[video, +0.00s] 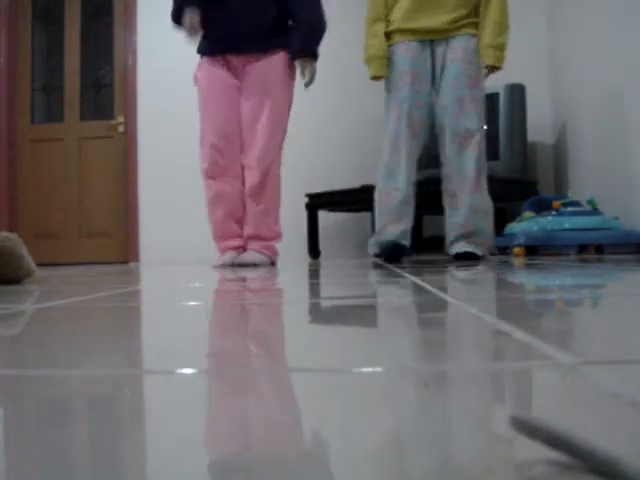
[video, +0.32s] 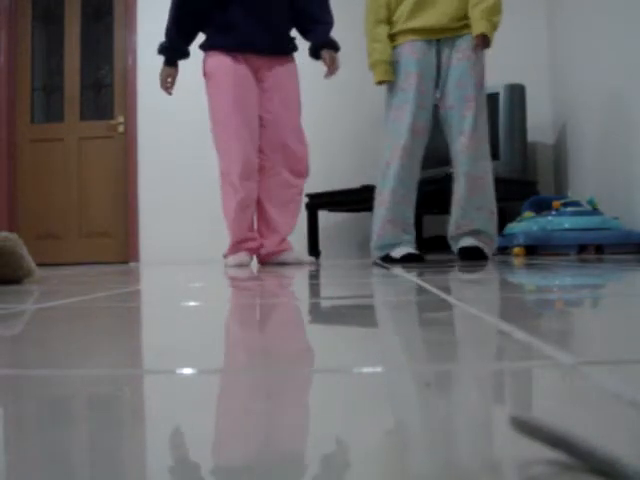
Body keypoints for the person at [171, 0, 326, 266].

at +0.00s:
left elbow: (307, 4)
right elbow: (180, 8)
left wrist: (306, 46)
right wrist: (186, 10)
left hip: (270, 55)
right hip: (216, 56)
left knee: (261, 156)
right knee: (218, 155)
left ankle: (260, 246)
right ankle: (229, 246)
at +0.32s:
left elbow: (307, 1)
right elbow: (187, 5)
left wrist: (322, 39)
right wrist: (172, 55)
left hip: (278, 56)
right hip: (226, 56)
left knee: (285, 153)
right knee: (238, 155)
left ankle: (274, 246)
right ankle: (241, 248)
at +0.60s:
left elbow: (309, 0)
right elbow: (189, 3)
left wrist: (312, 45)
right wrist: (198, 18)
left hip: (274, 56)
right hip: (219, 56)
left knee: (276, 154)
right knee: (227, 156)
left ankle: (272, 242)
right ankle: (235, 245)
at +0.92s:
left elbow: (306, 9)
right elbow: (194, 8)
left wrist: (312, 62)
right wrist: (190, 34)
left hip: (272, 60)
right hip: (217, 64)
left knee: (257, 122)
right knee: (215, 160)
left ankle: (270, 212)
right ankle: (238, 245)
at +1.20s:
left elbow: (309, 1)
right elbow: (192, 2)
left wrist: (314, 44)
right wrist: (192, 41)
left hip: (285, 49)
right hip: (227, 52)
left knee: (292, 153)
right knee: (236, 156)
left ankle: (296, 239)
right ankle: (242, 244)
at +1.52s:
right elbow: (208, 2)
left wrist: (333, 41)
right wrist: (210, 43)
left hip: (296, 54)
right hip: (238, 54)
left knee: (298, 159)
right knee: (240, 157)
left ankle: (300, 245)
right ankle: (239, 245)